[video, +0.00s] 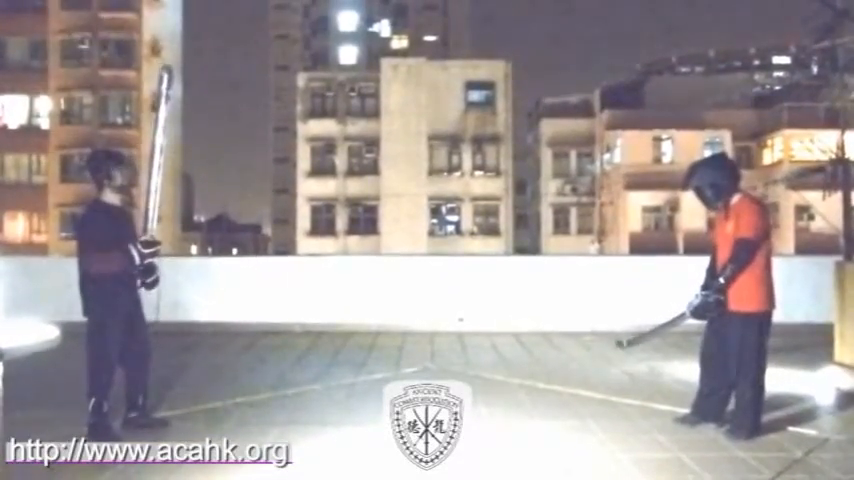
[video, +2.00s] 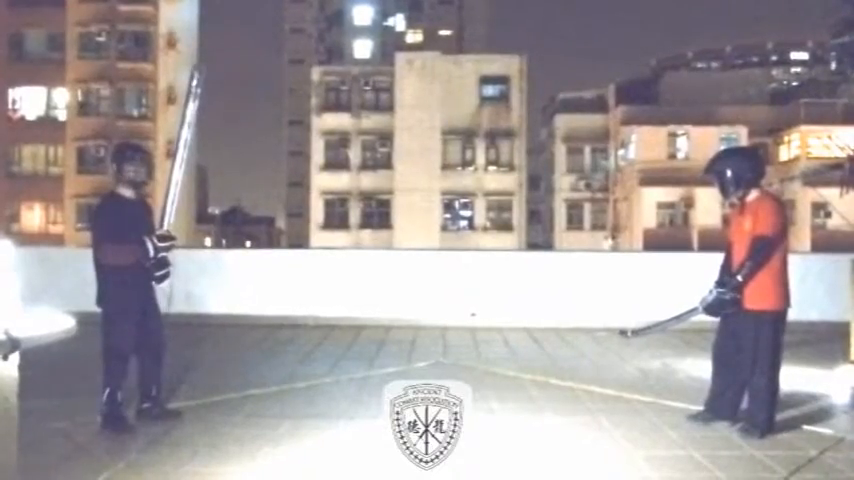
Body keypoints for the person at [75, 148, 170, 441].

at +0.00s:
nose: (131, 177)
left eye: (130, 171)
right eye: (125, 171)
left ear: (112, 176)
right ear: (108, 175)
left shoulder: (123, 214)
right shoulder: (94, 217)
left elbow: (124, 255)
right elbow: (93, 265)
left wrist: (143, 260)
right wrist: (131, 258)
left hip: (126, 294)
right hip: (102, 297)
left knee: (137, 349)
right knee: (104, 354)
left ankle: (136, 411)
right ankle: (98, 417)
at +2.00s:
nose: (139, 170)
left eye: (143, 165)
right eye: (133, 164)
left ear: (148, 171)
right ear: (118, 168)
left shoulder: (143, 208)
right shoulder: (107, 208)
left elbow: (145, 247)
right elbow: (106, 254)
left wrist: (160, 251)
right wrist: (146, 251)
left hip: (142, 287)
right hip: (116, 289)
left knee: (152, 342)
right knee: (118, 346)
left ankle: (150, 400)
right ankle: (111, 406)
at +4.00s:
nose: (139, 153)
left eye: (138, 148)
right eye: (133, 148)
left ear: (120, 150)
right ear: (118, 150)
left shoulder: (126, 187)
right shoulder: (104, 189)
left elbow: (128, 225)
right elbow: (107, 234)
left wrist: (148, 222)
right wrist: (145, 240)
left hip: (133, 269)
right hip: (113, 271)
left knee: (145, 322)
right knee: (115, 327)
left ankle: (146, 381)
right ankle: (107, 388)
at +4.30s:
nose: (139, 158)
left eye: (138, 152)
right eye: (133, 153)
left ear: (123, 154)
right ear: (118, 155)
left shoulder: (129, 191)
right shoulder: (104, 193)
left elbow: (131, 229)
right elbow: (106, 239)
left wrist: (151, 228)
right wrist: (145, 243)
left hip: (138, 272)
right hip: (115, 276)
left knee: (151, 328)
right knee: (120, 333)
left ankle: (153, 387)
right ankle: (113, 392)